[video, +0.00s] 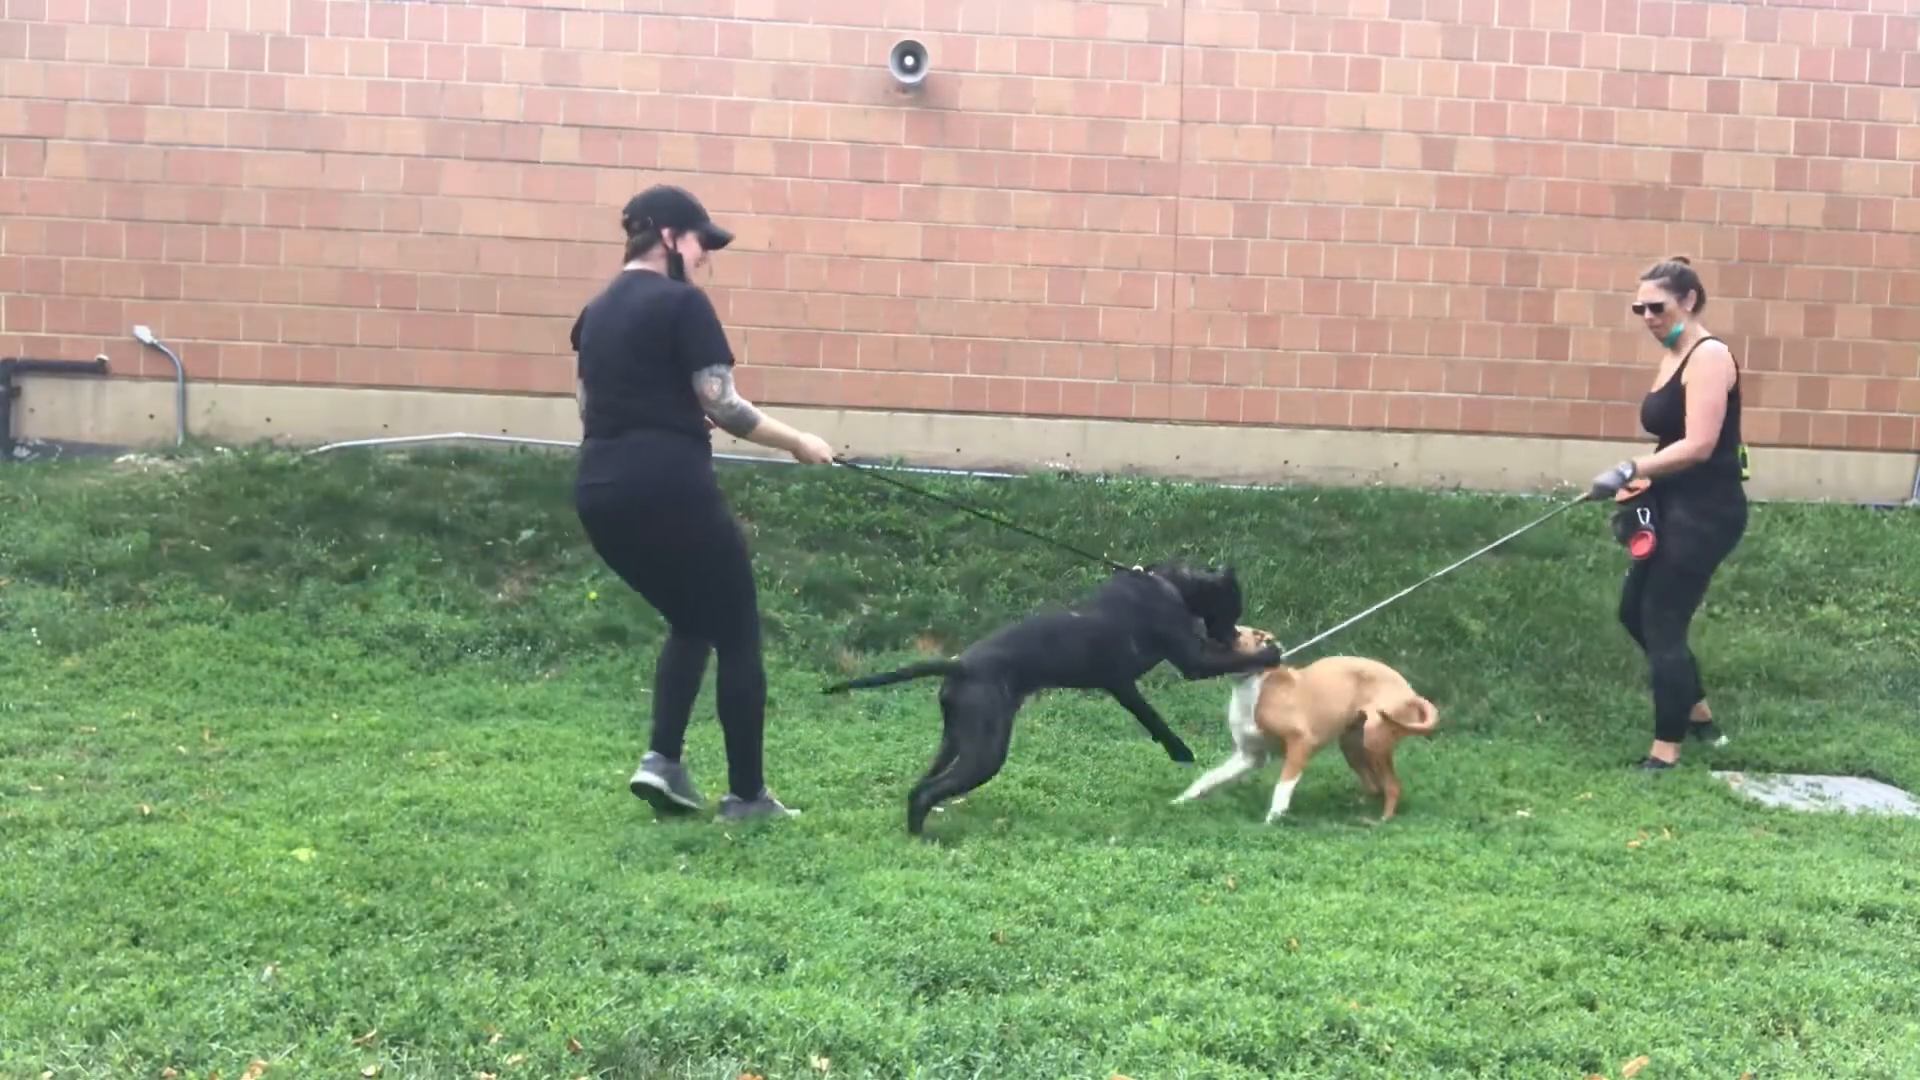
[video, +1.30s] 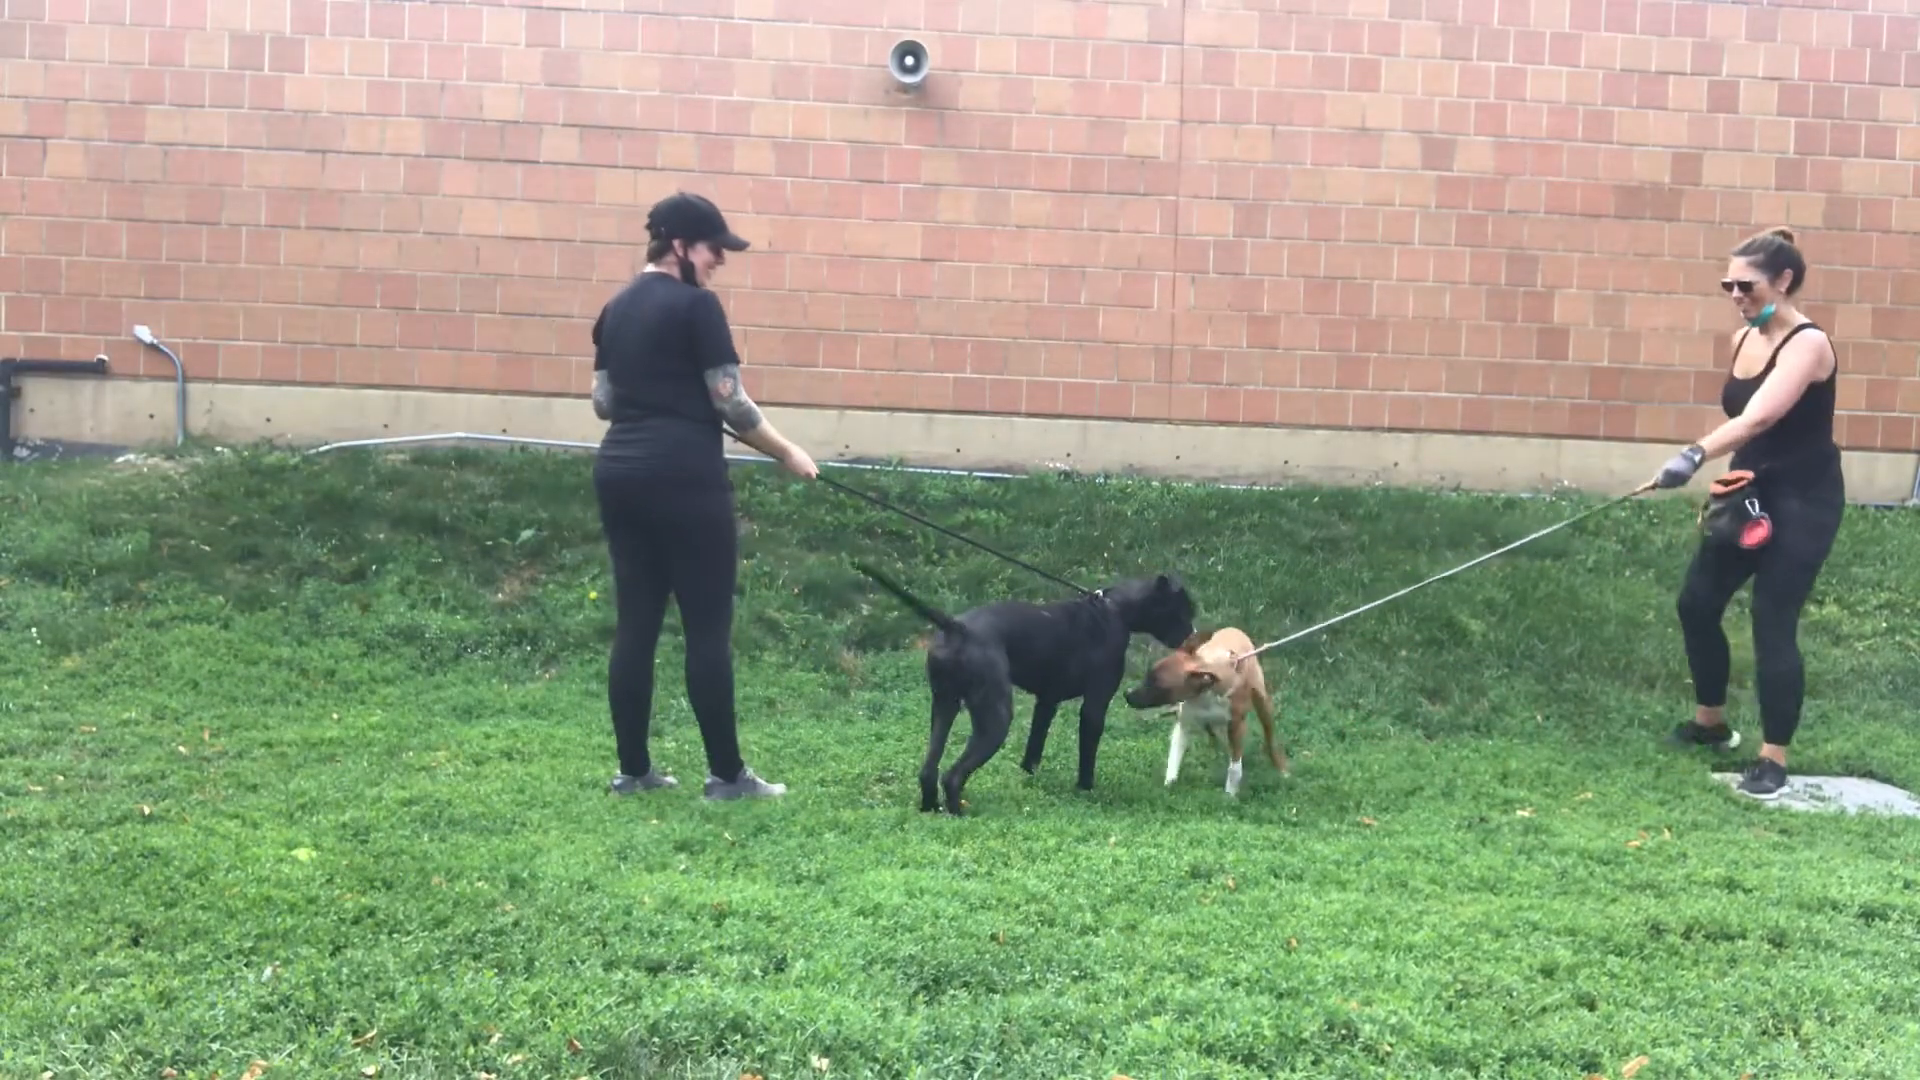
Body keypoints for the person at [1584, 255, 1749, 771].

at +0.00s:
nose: (1647, 318)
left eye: (1656, 308)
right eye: (1641, 310)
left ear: (1688, 302)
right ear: (1641, 309)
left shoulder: (1710, 357)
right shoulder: (1676, 356)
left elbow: (1702, 446)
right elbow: (1672, 442)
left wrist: (1630, 471)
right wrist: (1640, 495)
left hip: (1707, 508)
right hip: (1676, 504)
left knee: (1664, 622)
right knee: (1636, 611)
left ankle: (1664, 752)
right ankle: (1699, 716)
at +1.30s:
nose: (1734, 296)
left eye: (1745, 286)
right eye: (1730, 286)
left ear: (1784, 281)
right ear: (1730, 282)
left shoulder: (1810, 344)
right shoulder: (1743, 338)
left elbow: (1757, 416)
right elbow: (1747, 420)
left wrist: (1692, 454)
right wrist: (1733, 478)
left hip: (1805, 501)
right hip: (1752, 494)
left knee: (1773, 615)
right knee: (1696, 605)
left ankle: (1774, 758)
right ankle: (1710, 722)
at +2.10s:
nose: (1770, 287)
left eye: (1781, 277)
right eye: (1767, 277)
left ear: (1825, 270)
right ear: (1769, 273)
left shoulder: (1854, 344)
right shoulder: (1762, 336)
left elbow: (1802, 435)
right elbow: (1740, 430)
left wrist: (1722, 461)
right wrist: (1706, 501)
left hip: (1819, 510)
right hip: (1750, 502)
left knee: (1820, 640)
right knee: (1726, 637)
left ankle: (1864, 791)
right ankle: (1714, 768)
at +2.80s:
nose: (1834, 272)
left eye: (1844, 260)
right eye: (1831, 260)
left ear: (1895, 251)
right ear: (1873, 257)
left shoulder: (1917, 340)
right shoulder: (1843, 328)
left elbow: (1884, 447)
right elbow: (1827, 434)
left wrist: (1773, 478)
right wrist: (1802, 497)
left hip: (1897, 529)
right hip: (1825, 520)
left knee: (1885, 676)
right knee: (1796, 667)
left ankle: (1896, 796)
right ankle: (1802, 825)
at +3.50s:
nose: (1910, 235)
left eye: (1914, 222)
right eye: (1908, 223)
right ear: (1905, 217)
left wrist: (1864, 459)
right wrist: (1904, 497)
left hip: (1917, 532)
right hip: (1912, 529)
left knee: (1863, 664)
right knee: (1863, 664)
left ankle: (1876, 831)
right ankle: (1876, 830)